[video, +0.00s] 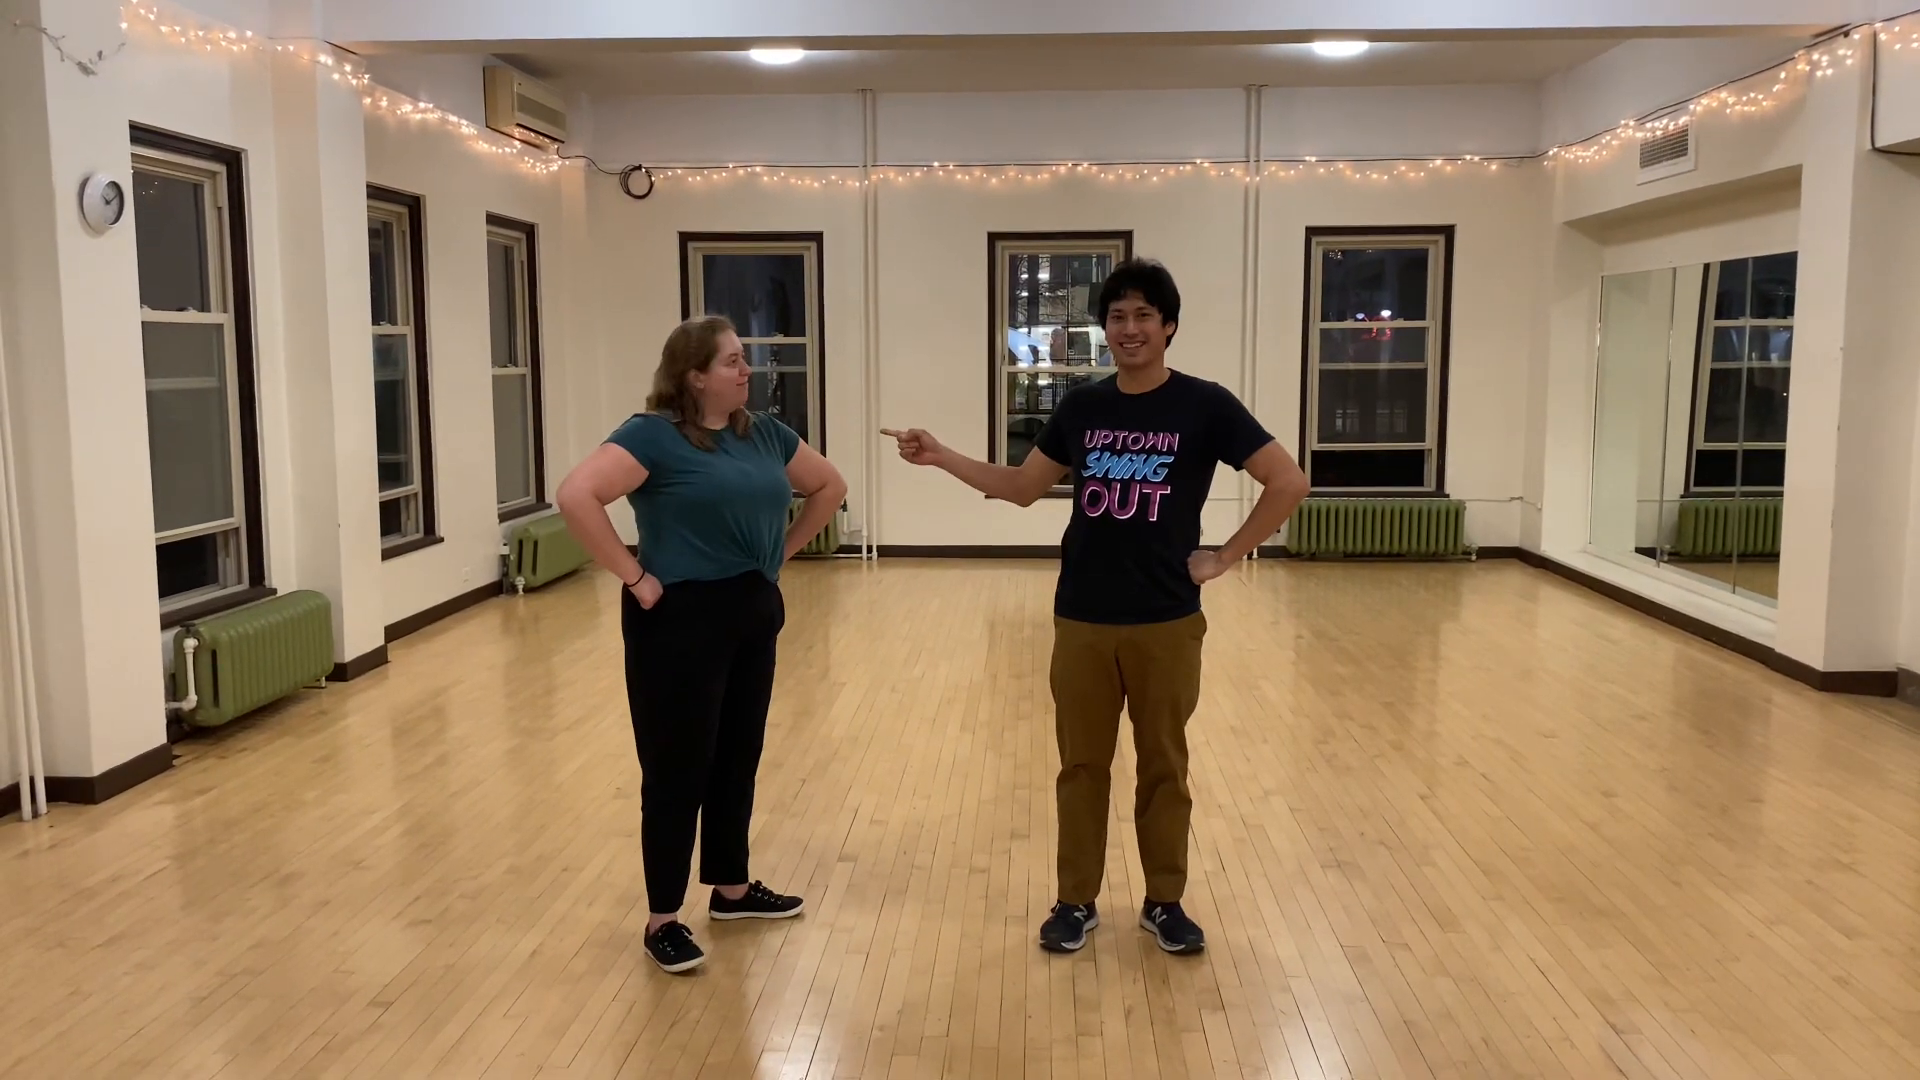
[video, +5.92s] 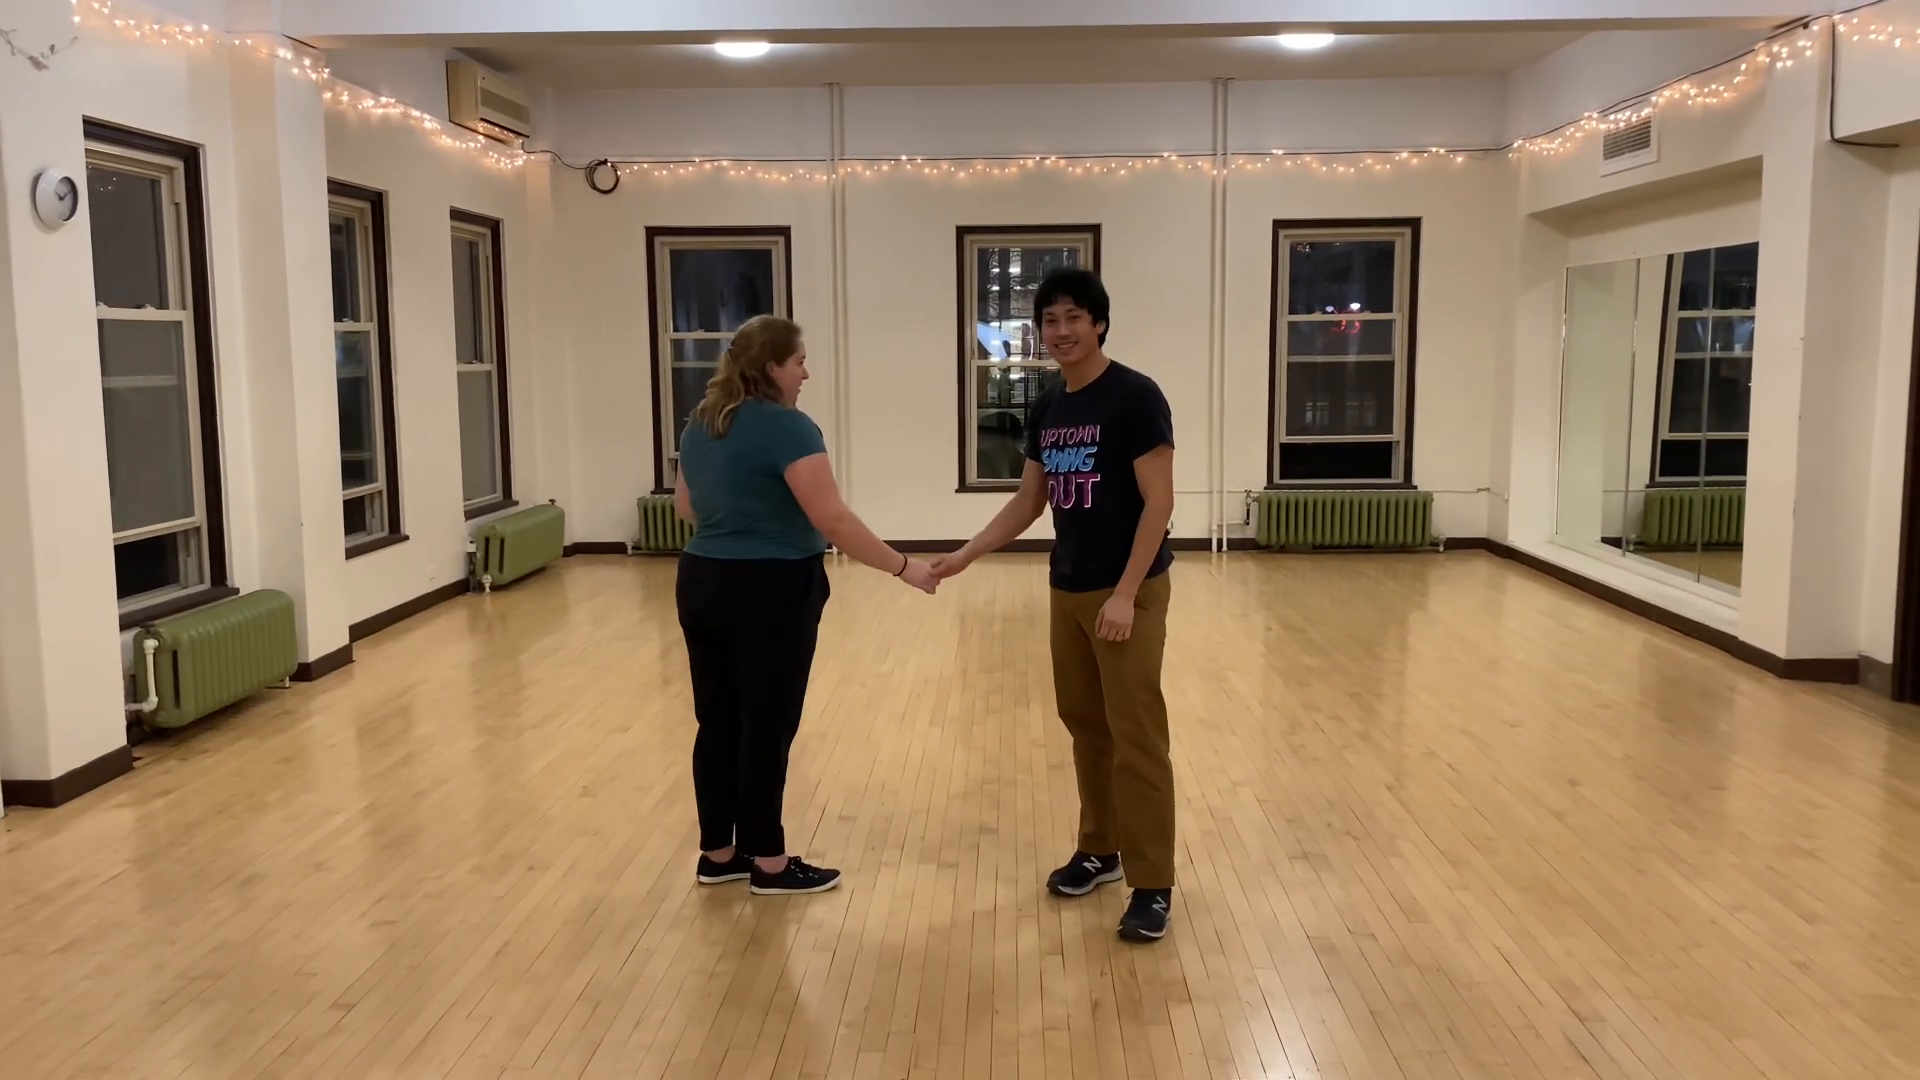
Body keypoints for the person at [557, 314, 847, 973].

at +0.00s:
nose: (745, 368)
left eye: (744, 358)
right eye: (732, 360)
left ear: (733, 370)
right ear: (694, 375)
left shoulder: (762, 433)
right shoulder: (655, 436)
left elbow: (831, 486)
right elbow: (575, 494)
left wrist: (782, 550)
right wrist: (633, 576)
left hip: (750, 615)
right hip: (674, 619)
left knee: (736, 760)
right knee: (676, 770)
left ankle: (730, 888)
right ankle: (663, 920)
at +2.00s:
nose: (762, 382)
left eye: (771, 370)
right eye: (747, 372)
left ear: (784, 378)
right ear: (722, 383)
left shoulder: (792, 441)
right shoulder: (698, 442)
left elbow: (836, 488)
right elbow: (629, 505)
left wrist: (800, 549)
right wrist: (692, 583)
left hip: (774, 613)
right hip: (708, 616)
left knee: (749, 760)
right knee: (732, 762)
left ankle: (720, 890)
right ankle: (693, 911)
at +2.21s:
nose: (780, 386)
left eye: (788, 374)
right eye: (766, 375)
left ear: (798, 381)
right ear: (735, 383)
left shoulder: (796, 447)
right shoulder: (702, 443)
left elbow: (823, 508)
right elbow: (659, 529)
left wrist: (834, 553)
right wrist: (748, 561)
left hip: (783, 614)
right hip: (713, 616)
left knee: (735, 748)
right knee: (760, 749)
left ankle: (713, 889)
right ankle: (768, 905)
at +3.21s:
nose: (817, 373)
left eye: (816, 363)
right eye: (805, 363)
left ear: (803, 373)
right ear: (766, 373)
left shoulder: (820, 438)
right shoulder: (730, 441)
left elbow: (851, 532)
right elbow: (743, 537)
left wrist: (871, 499)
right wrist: (830, 503)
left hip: (822, 611)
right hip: (759, 618)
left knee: (811, 751)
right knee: (770, 757)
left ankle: (797, 877)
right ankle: (768, 903)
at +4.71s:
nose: (811, 384)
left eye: (810, 373)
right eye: (805, 374)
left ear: (761, 377)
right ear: (778, 377)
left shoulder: (729, 432)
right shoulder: (764, 442)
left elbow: (752, 512)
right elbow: (804, 538)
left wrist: (814, 488)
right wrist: (879, 527)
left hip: (723, 600)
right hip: (756, 610)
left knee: (732, 734)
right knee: (757, 749)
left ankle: (728, 853)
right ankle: (762, 903)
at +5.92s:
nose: (806, 372)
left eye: (804, 361)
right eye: (799, 362)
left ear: (744, 367)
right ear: (770, 367)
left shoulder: (700, 424)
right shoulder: (789, 427)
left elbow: (687, 505)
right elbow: (832, 519)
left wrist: (750, 515)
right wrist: (903, 565)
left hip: (704, 585)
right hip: (776, 588)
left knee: (717, 719)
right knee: (769, 724)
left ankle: (718, 852)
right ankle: (769, 862)